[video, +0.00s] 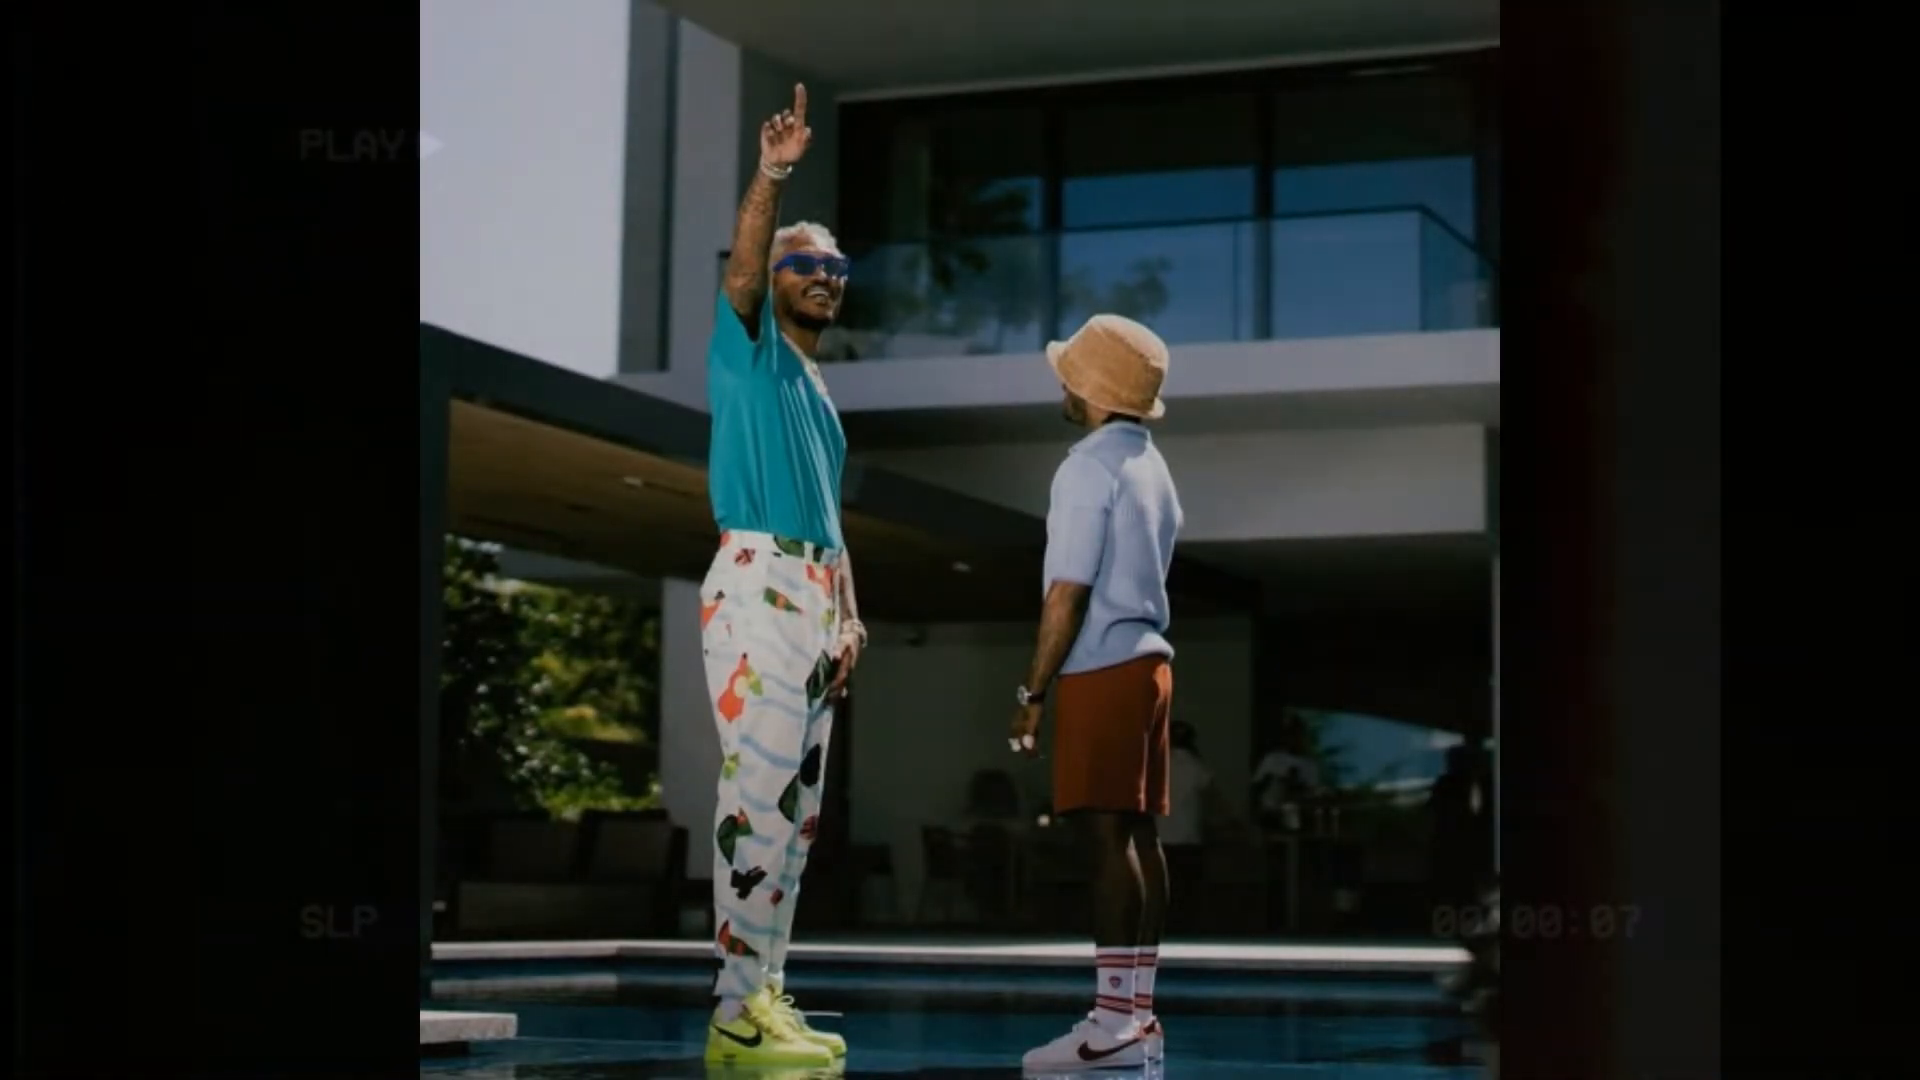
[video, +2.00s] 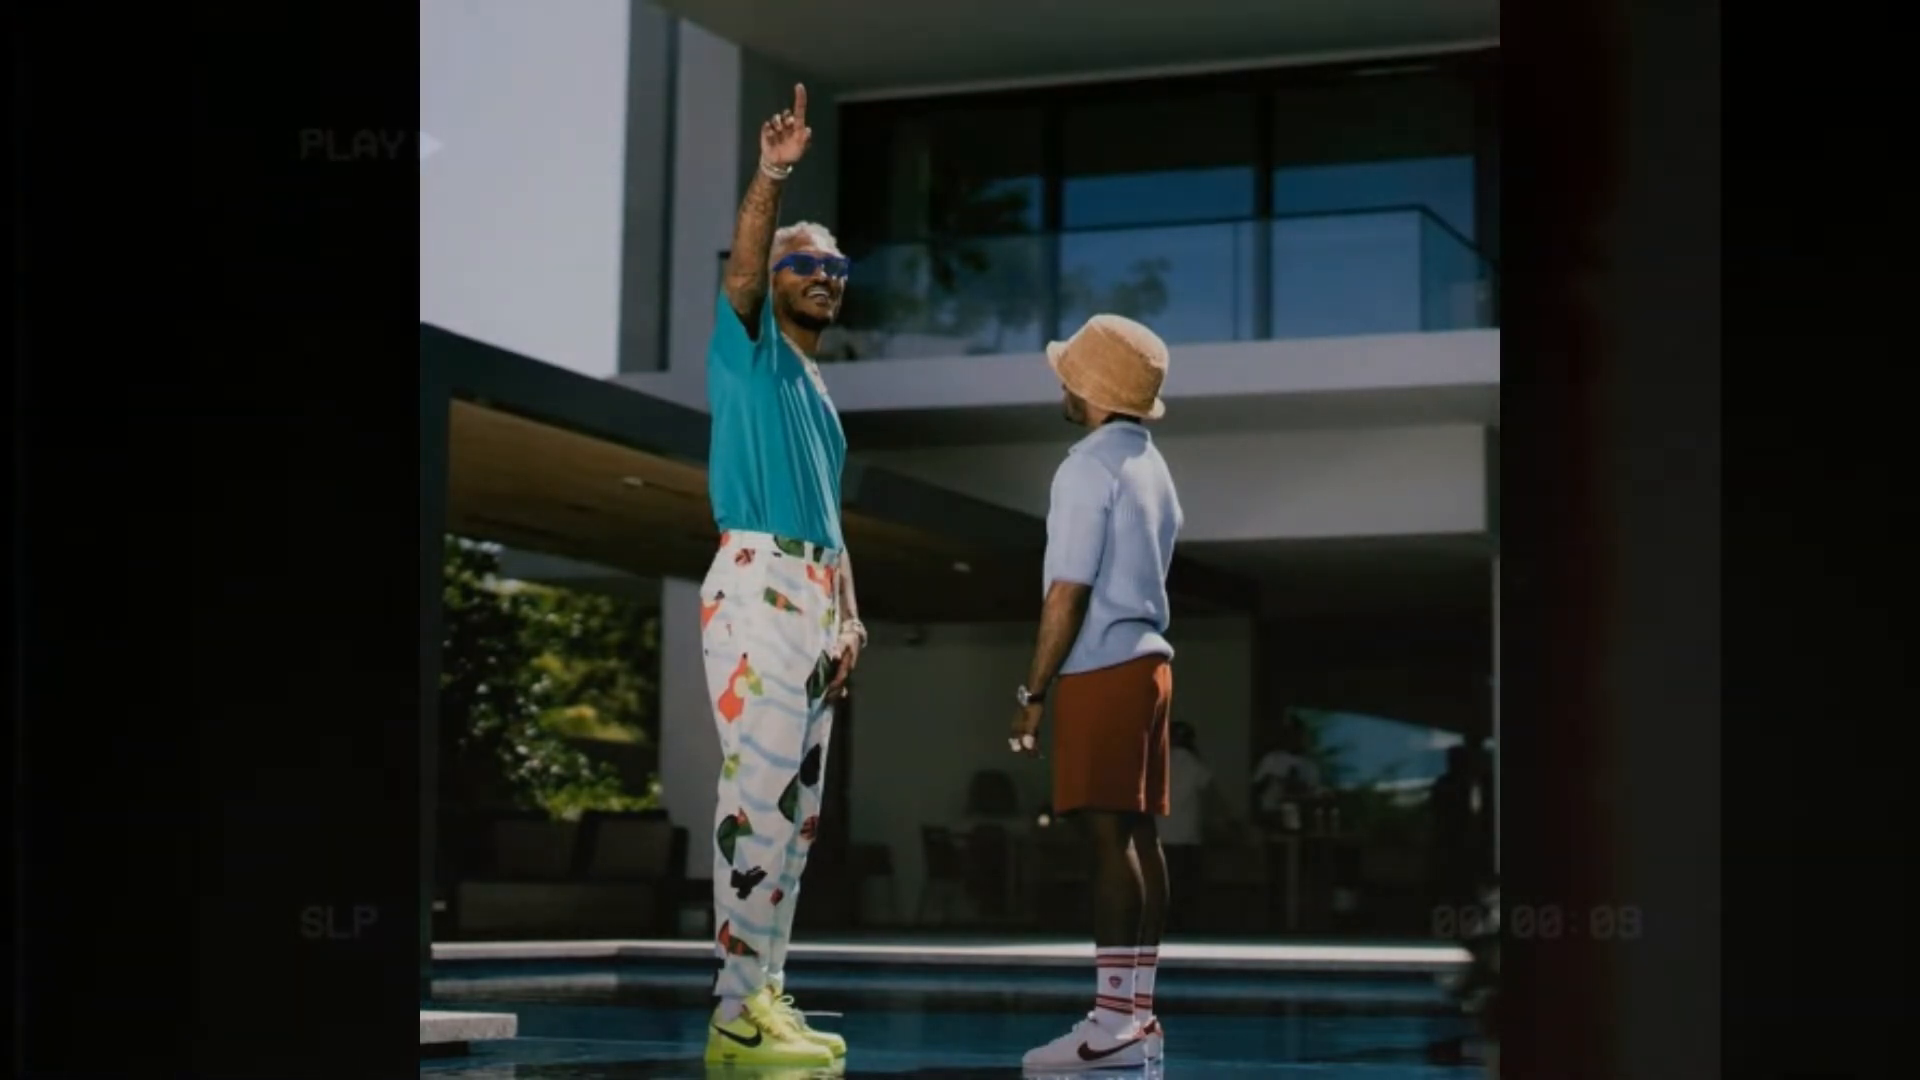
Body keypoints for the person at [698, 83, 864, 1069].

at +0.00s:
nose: (823, 283)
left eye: (834, 274)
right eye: (806, 268)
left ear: (841, 293)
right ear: (770, 278)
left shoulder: (818, 394)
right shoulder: (744, 343)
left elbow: (827, 519)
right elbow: (744, 267)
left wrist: (847, 611)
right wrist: (770, 173)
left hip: (813, 589)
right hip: (755, 581)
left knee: (794, 798)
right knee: (759, 791)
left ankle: (759, 1001)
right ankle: (745, 1005)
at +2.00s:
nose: (823, 282)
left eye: (834, 273)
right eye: (806, 268)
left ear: (842, 293)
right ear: (770, 278)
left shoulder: (819, 395)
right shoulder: (744, 344)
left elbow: (828, 520)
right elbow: (744, 266)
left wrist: (847, 612)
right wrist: (770, 173)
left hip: (814, 590)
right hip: (756, 582)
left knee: (794, 798)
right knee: (759, 791)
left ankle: (758, 1002)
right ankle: (746, 1004)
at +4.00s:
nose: (823, 283)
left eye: (834, 274)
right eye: (806, 268)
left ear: (841, 293)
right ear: (770, 278)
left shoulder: (818, 395)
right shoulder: (744, 343)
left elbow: (827, 520)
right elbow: (743, 269)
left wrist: (846, 613)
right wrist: (770, 174)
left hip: (814, 590)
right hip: (756, 582)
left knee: (794, 796)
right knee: (758, 789)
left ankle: (758, 1001)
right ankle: (748, 1001)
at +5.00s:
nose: (823, 284)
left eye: (834, 274)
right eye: (806, 268)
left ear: (841, 293)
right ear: (770, 278)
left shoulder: (817, 393)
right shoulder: (744, 343)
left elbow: (827, 519)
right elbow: (743, 269)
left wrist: (847, 612)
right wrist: (770, 174)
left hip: (814, 589)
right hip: (756, 582)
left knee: (794, 798)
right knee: (759, 790)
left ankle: (756, 1003)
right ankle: (747, 1002)